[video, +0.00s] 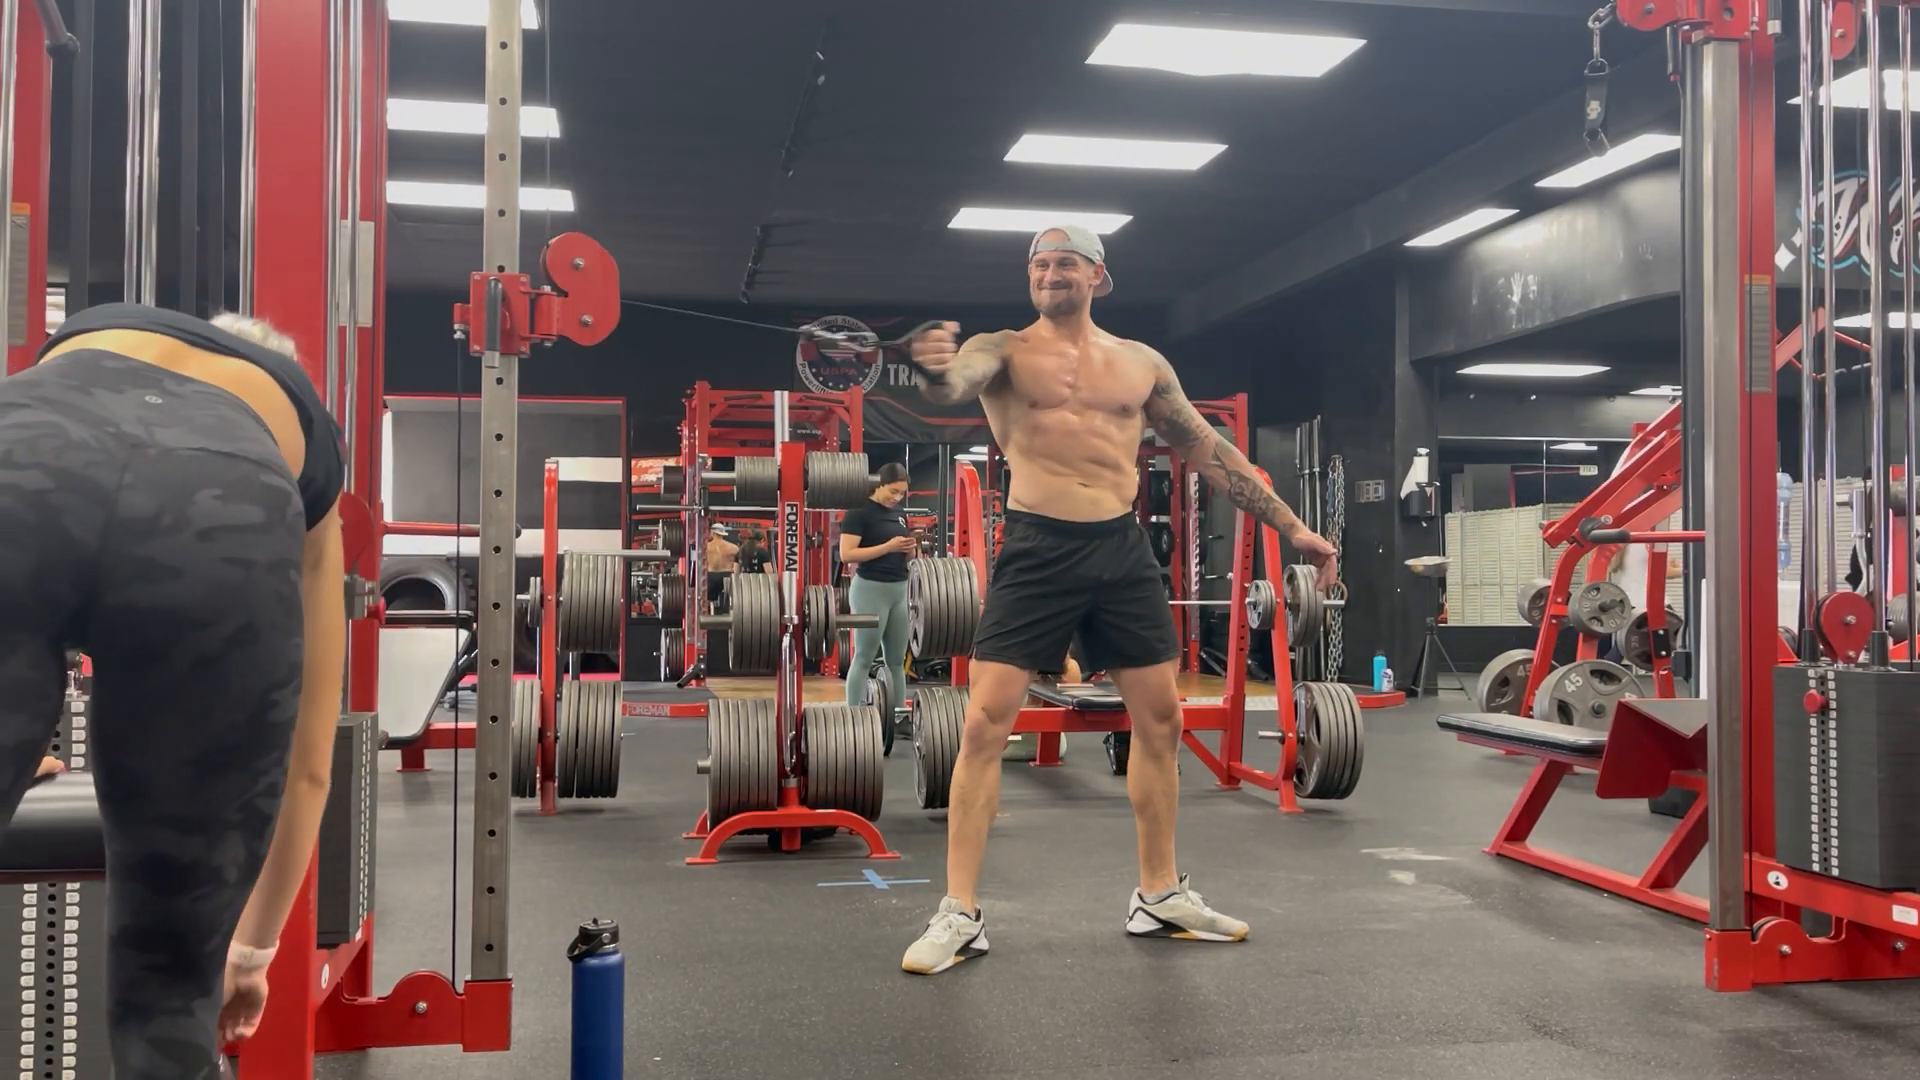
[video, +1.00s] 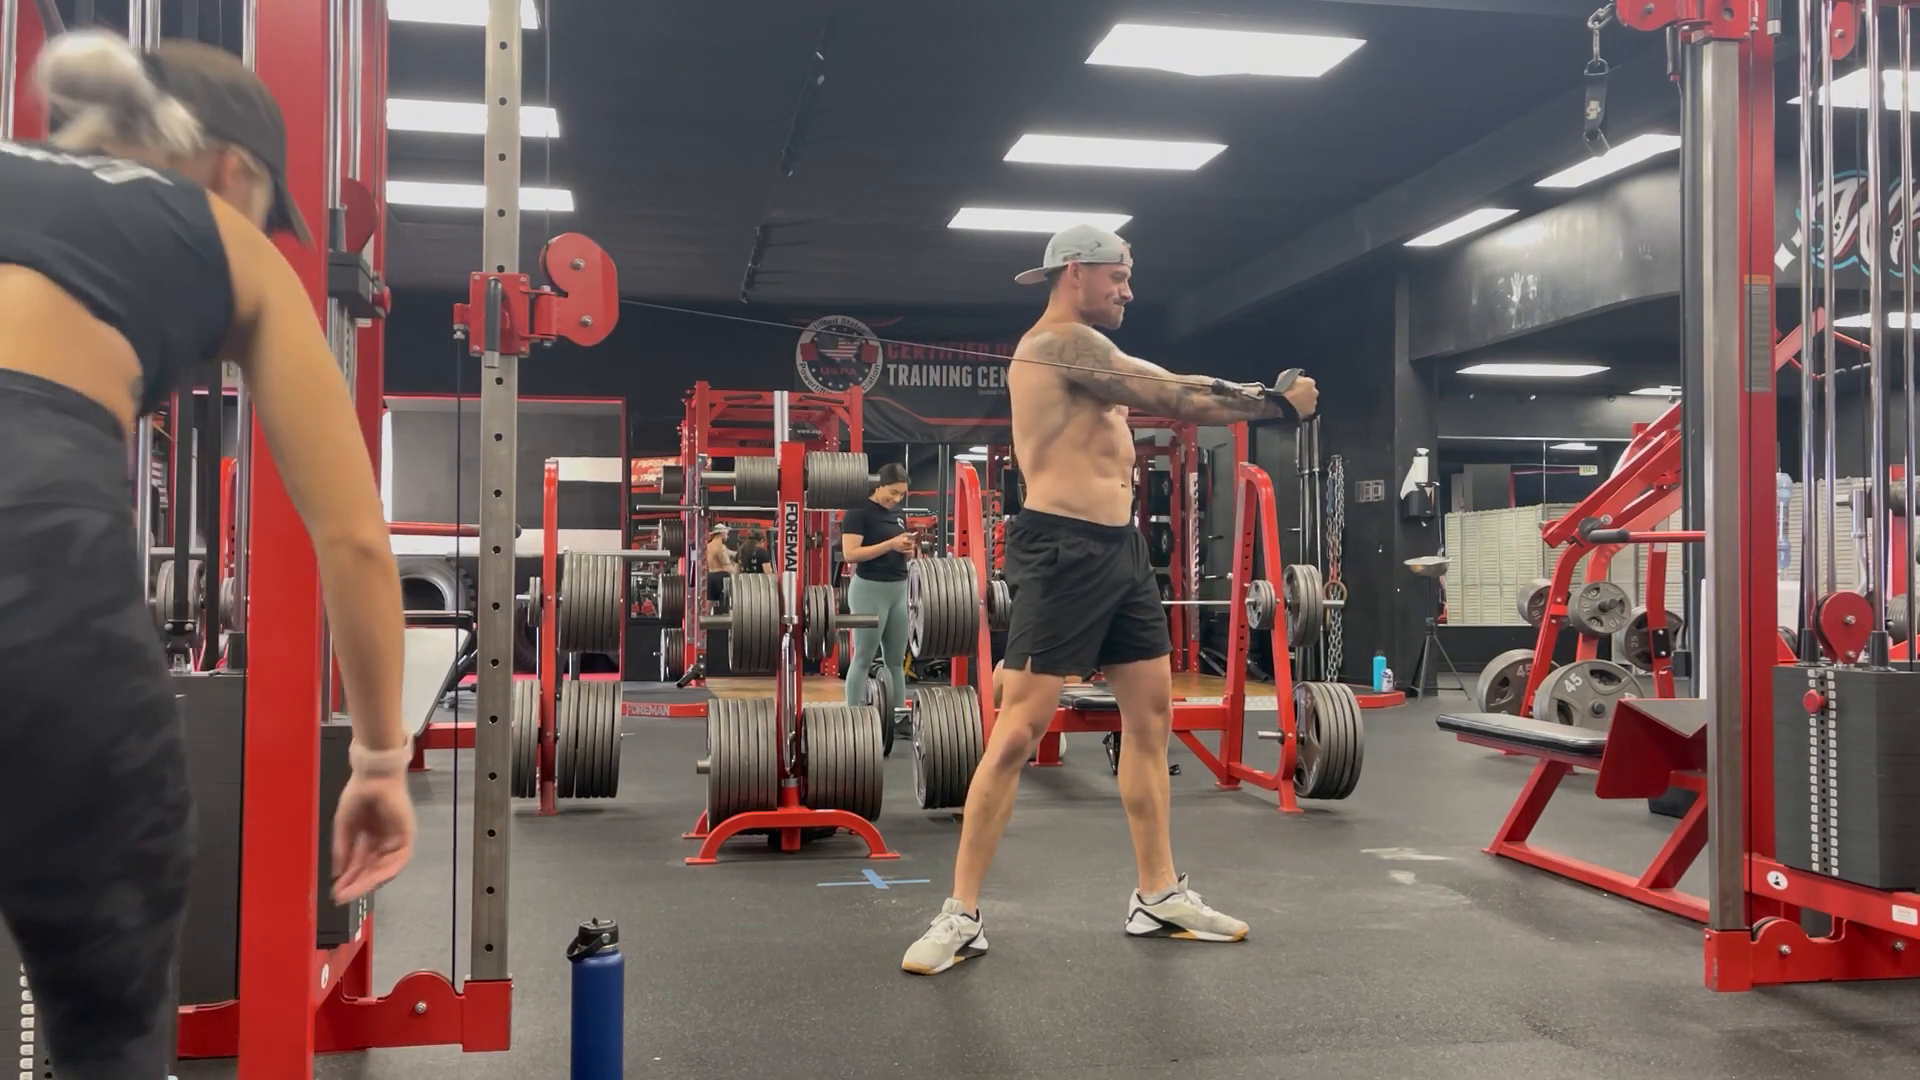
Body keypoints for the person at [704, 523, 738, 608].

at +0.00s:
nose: (711, 535)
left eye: (711, 533)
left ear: (713, 534)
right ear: (723, 534)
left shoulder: (707, 546)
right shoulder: (732, 547)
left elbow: (705, 562)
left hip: (711, 573)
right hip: (726, 573)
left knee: (711, 600)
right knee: (725, 602)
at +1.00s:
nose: (727, 536)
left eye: (727, 533)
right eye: (726, 533)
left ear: (716, 534)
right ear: (721, 534)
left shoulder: (709, 545)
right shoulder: (720, 546)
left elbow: (727, 551)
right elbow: (727, 565)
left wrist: (737, 554)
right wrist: (734, 570)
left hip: (711, 572)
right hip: (721, 572)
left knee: (710, 600)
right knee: (724, 601)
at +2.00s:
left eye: (714, 533)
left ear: (713, 534)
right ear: (723, 534)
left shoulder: (707, 546)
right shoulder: (730, 547)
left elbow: (704, 561)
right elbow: (732, 562)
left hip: (710, 573)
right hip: (724, 573)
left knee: (709, 601)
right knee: (724, 602)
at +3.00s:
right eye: (724, 534)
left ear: (713, 534)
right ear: (723, 535)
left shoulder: (707, 546)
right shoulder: (726, 547)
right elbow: (737, 563)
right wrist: (738, 572)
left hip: (709, 573)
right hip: (723, 573)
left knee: (708, 601)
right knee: (722, 602)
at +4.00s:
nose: (724, 536)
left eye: (724, 534)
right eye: (724, 534)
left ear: (713, 534)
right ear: (722, 534)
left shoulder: (707, 546)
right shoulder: (724, 547)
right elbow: (735, 565)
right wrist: (739, 570)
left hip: (709, 573)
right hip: (722, 573)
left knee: (709, 600)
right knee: (722, 602)